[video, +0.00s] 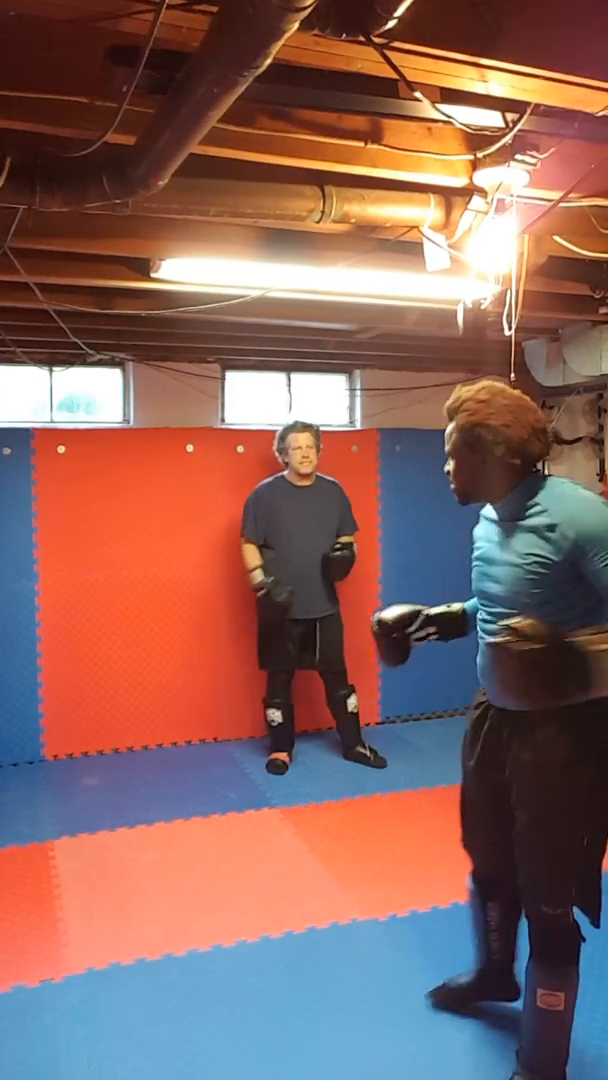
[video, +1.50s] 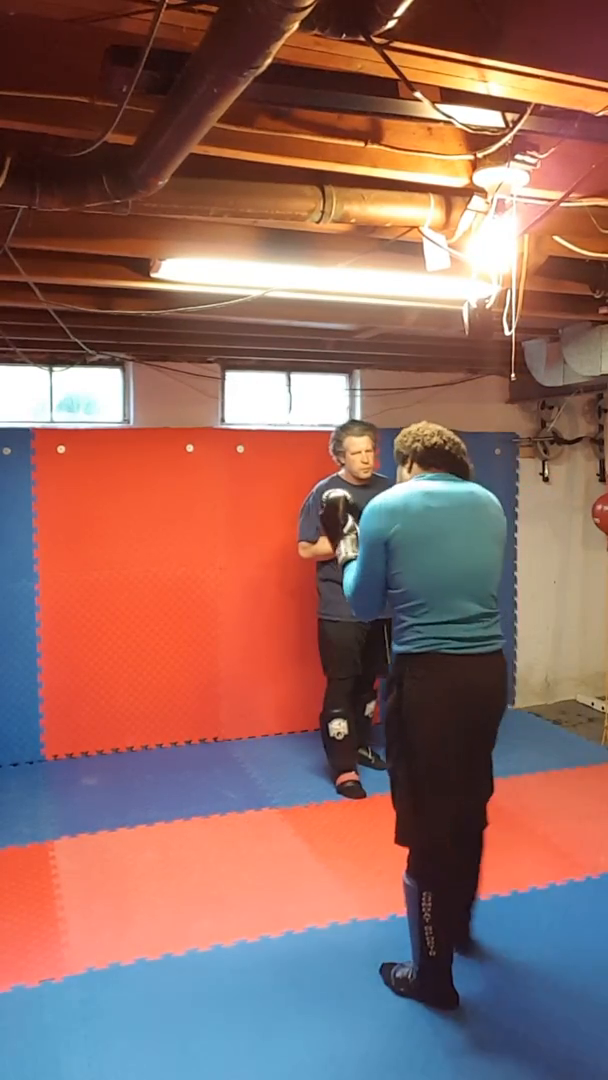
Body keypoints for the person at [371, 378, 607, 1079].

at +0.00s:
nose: (446, 468)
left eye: (455, 454)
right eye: (447, 454)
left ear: (502, 455)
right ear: (494, 457)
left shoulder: (582, 521)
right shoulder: (489, 520)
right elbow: (505, 609)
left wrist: (571, 652)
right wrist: (434, 619)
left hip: (563, 733)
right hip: (495, 722)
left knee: (548, 902)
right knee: (491, 862)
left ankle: (544, 1067)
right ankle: (495, 976)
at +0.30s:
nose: (474, 462)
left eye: (479, 447)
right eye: (475, 447)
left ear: (506, 450)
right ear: (528, 446)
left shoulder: (545, 503)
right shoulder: (537, 502)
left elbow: (512, 615)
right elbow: (509, 591)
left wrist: (449, 596)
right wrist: (451, 569)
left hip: (555, 716)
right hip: (548, 710)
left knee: (543, 889)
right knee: (556, 876)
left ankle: (542, 1065)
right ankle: (585, 988)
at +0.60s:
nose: (484, 480)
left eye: (489, 466)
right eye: (482, 468)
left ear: (526, 459)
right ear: (533, 460)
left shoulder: (537, 518)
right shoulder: (580, 505)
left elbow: (479, 609)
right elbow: (538, 593)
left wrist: (420, 577)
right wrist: (464, 570)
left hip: (541, 704)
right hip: (581, 695)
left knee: (521, 875)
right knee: (573, 846)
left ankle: (536, 1058)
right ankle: (598, 980)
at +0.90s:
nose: (469, 477)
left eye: (472, 464)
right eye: (468, 466)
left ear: (502, 455)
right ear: (519, 457)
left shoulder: (505, 503)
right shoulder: (572, 505)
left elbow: (452, 585)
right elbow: (509, 591)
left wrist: (406, 564)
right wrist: (425, 573)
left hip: (515, 684)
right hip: (573, 681)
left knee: (478, 833)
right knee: (569, 831)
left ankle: (455, 992)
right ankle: (595, 978)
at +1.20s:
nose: (425, 470)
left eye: (429, 461)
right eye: (427, 460)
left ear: (448, 461)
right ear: (483, 458)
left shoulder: (429, 509)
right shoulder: (524, 506)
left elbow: (393, 596)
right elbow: (489, 579)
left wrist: (363, 567)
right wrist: (407, 557)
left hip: (456, 685)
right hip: (520, 682)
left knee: (442, 833)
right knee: (524, 819)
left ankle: (433, 975)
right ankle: (571, 956)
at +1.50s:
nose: (391, 473)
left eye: (393, 465)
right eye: (395, 465)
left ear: (408, 465)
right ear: (457, 463)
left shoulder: (385, 509)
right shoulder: (490, 504)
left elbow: (364, 603)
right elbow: (484, 583)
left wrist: (349, 554)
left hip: (424, 677)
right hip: (487, 673)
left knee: (427, 820)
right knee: (469, 806)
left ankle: (433, 975)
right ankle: (458, 925)